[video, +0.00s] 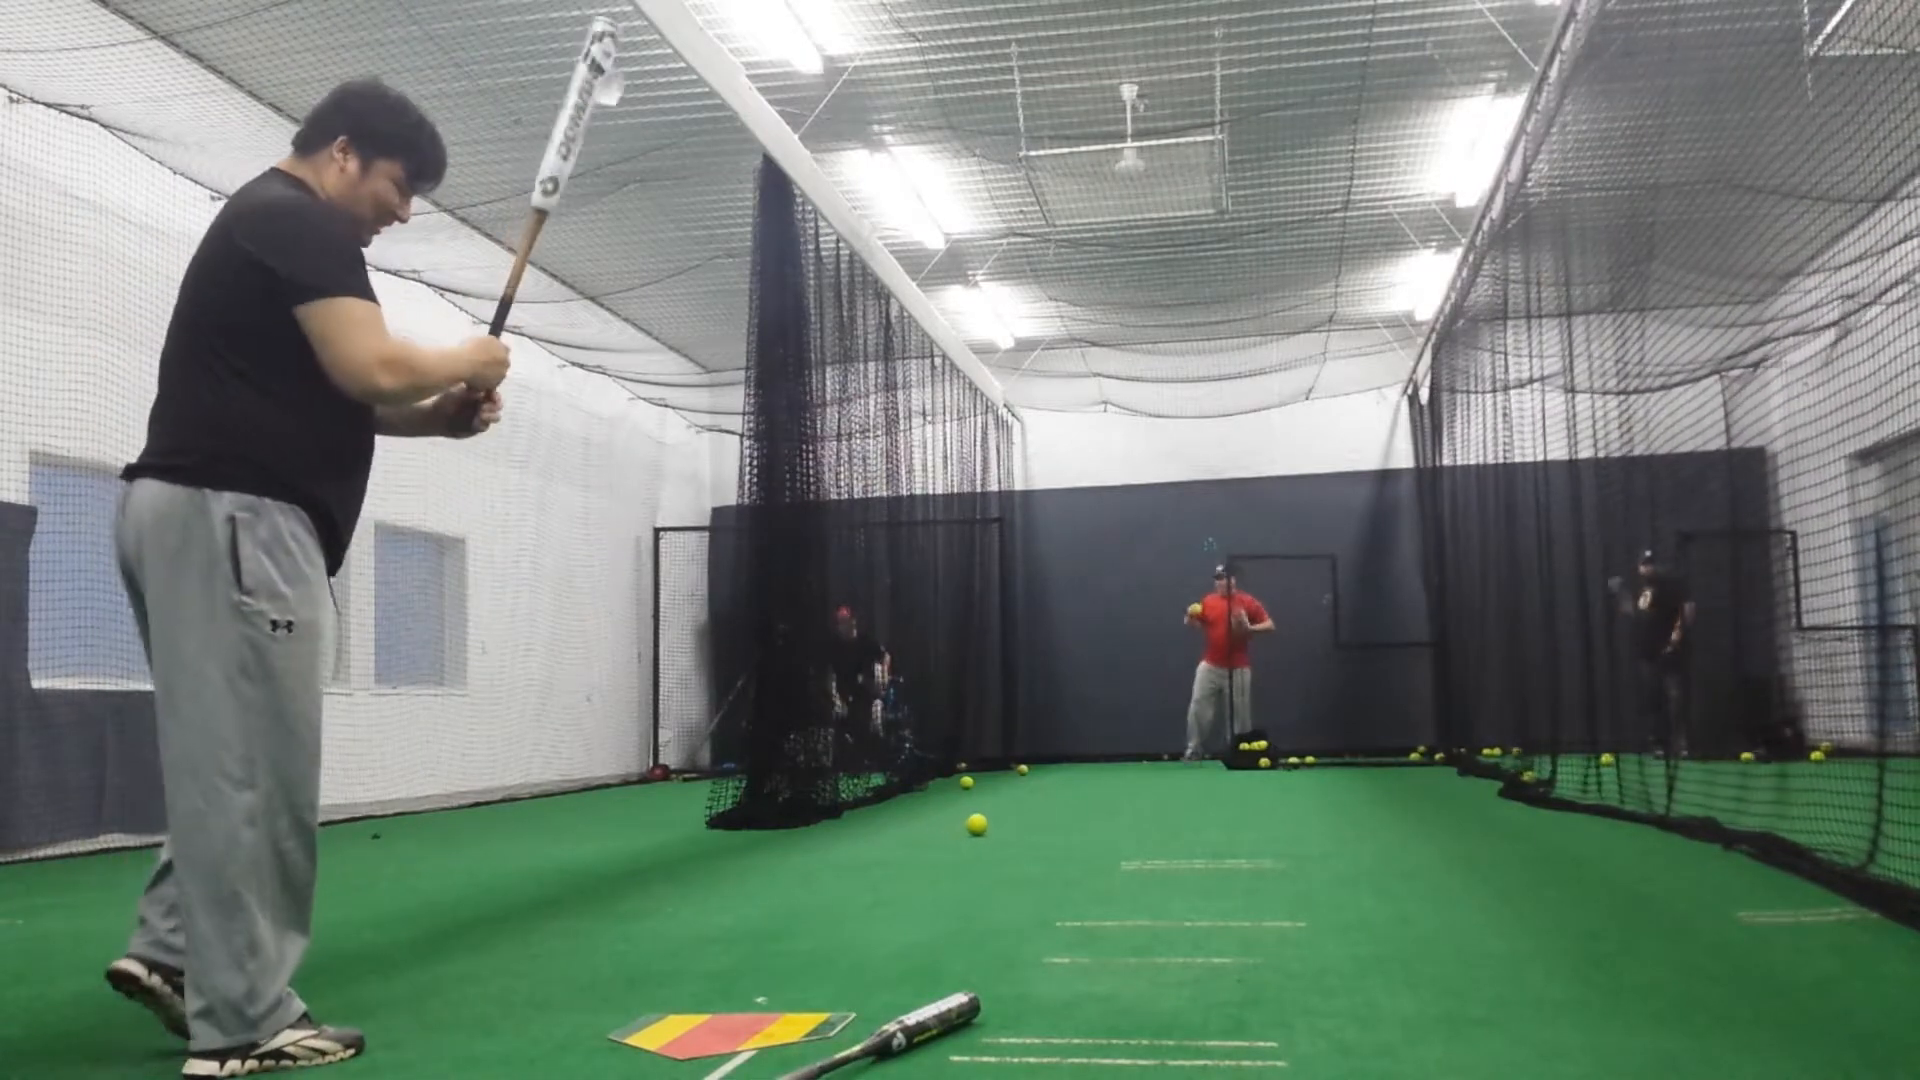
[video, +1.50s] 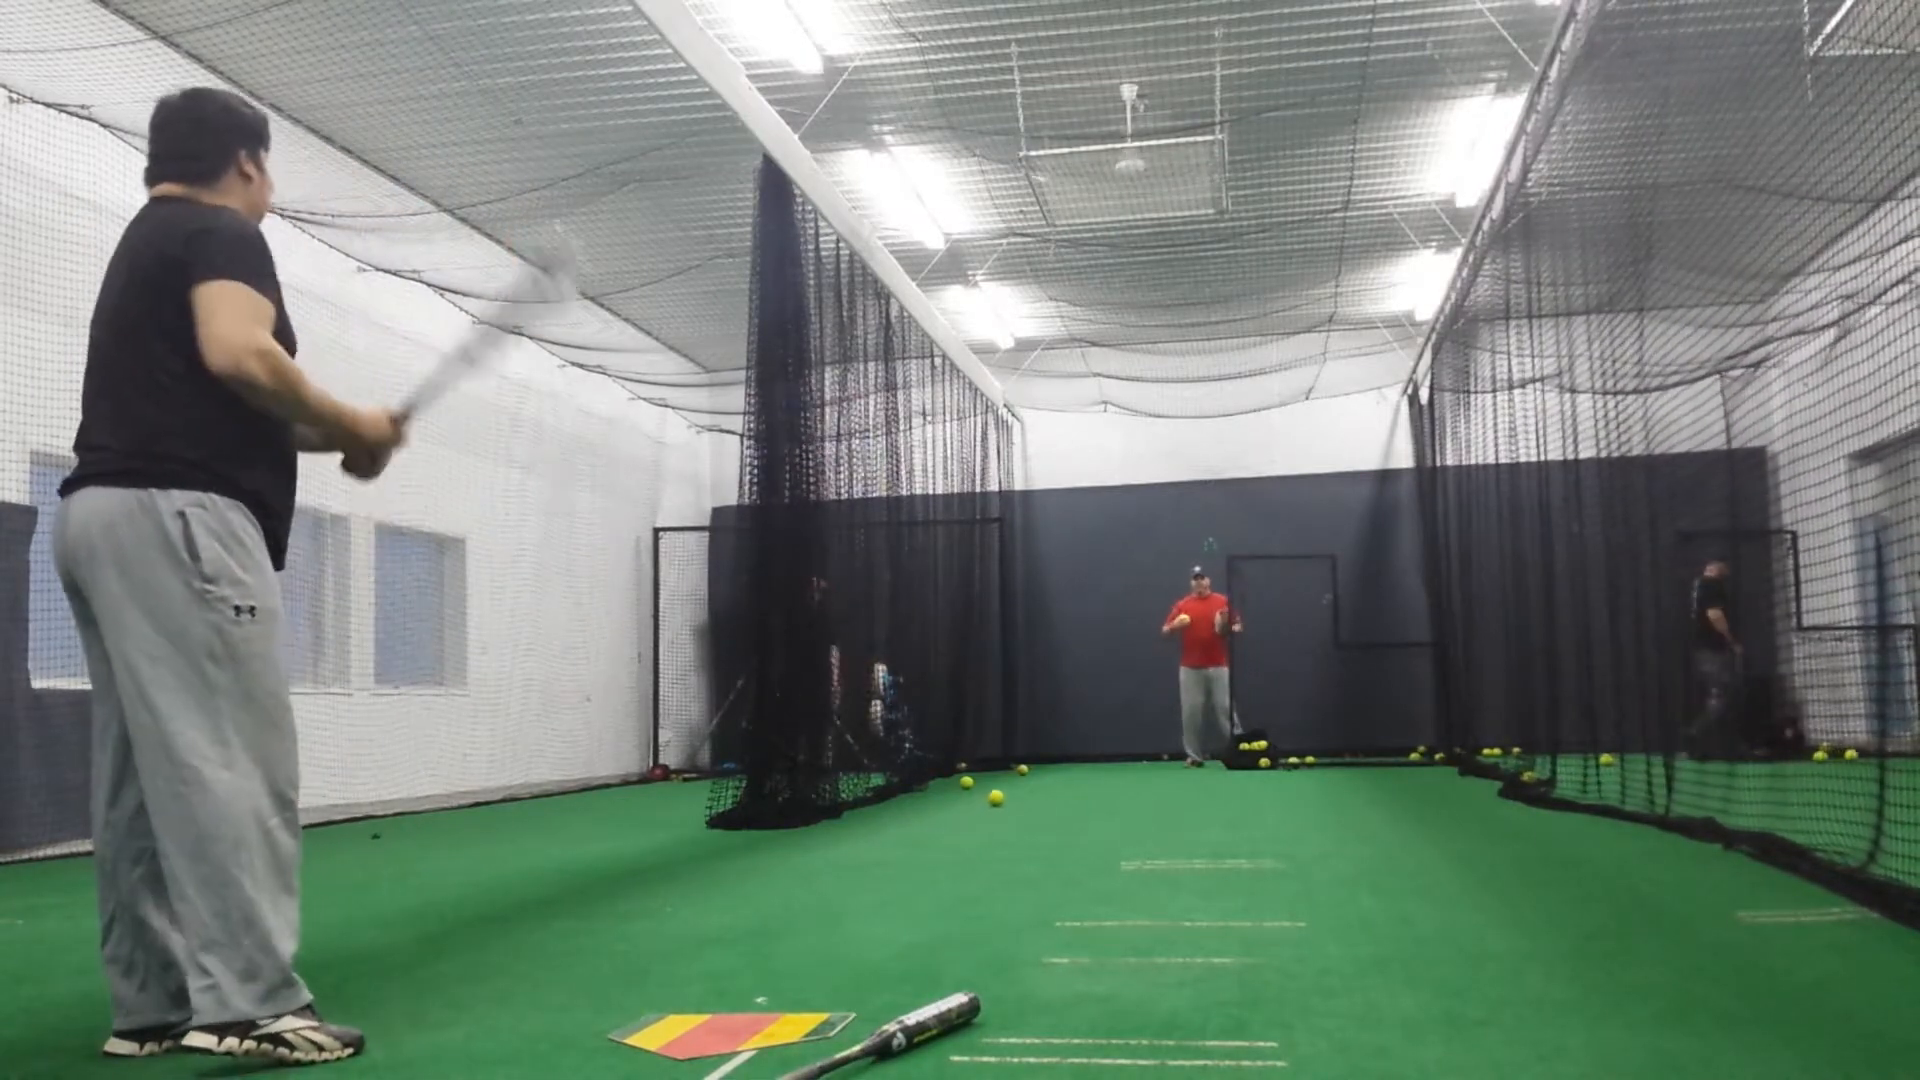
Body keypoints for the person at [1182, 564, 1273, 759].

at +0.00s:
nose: (1219, 583)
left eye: (1223, 578)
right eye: (1217, 578)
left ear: (1233, 580)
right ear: (1215, 581)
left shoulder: (1246, 601)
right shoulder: (1209, 601)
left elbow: (1269, 624)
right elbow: (1198, 624)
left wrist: (1249, 627)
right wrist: (1191, 618)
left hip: (1238, 666)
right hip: (1212, 664)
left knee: (1240, 709)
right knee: (1199, 706)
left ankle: (1241, 750)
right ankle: (1194, 748)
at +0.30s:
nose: (1201, 585)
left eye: (1204, 581)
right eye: (1200, 582)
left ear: (1216, 581)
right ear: (1202, 584)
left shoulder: (1234, 603)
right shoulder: (1198, 604)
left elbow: (1256, 626)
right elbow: (1183, 631)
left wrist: (1237, 630)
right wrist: (1187, 623)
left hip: (1229, 666)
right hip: (1203, 666)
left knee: (1235, 711)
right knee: (1198, 711)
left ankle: (1239, 752)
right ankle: (1196, 752)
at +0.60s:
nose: (1190, 586)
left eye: (1194, 582)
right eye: (1189, 582)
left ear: (1206, 583)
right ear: (1188, 585)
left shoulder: (1221, 605)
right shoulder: (1184, 606)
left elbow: (1237, 629)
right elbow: (1173, 635)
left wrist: (1223, 632)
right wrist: (1174, 629)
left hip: (1217, 667)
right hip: (1191, 667)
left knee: (1221, 711)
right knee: (1190, 710)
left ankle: (1228, 752)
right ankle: (1192, 754)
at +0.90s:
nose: (1185, 582)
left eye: (1189, 578)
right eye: (1182, 579)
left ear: (1198, 580)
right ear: (1178, 583)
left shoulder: (1213, 601)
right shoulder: (1174, 605)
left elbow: (1232, 622)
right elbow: (1158, 632)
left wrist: (1217, 626)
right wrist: (1165, 627)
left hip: (1213, 665)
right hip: (1186, 668)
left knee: (1223, 709)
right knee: (1188, 713)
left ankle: (1233, 751)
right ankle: (1193, 755)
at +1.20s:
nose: (1188, 583)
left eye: (1191, 579)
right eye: (1184, 580)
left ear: (1197, 582)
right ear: (1180, 584)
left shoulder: (1212, 603)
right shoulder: (1173, 607)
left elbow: (1226, 626)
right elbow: (1163, 638)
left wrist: (1217, 628)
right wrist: (1169, 630)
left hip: (1213, 665)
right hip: (1187, 667)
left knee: (1220, 709)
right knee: (1189, 712)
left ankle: (1223, 752)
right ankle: (1193, 755)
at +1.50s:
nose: (1199, 582)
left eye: (1202, 578)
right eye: (1196, 579)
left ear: (1208, 581)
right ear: (1191, 583)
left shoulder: (1222, 602)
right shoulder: (1182, 605)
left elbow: (1238, 626)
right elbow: (1164, 631)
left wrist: (1227, 626)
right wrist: (1175, 625)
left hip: (1217, 664)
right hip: (1191, 665)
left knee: (1223, 707)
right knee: (1191, 710)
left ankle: (1232, 751)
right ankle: (1193, 754)